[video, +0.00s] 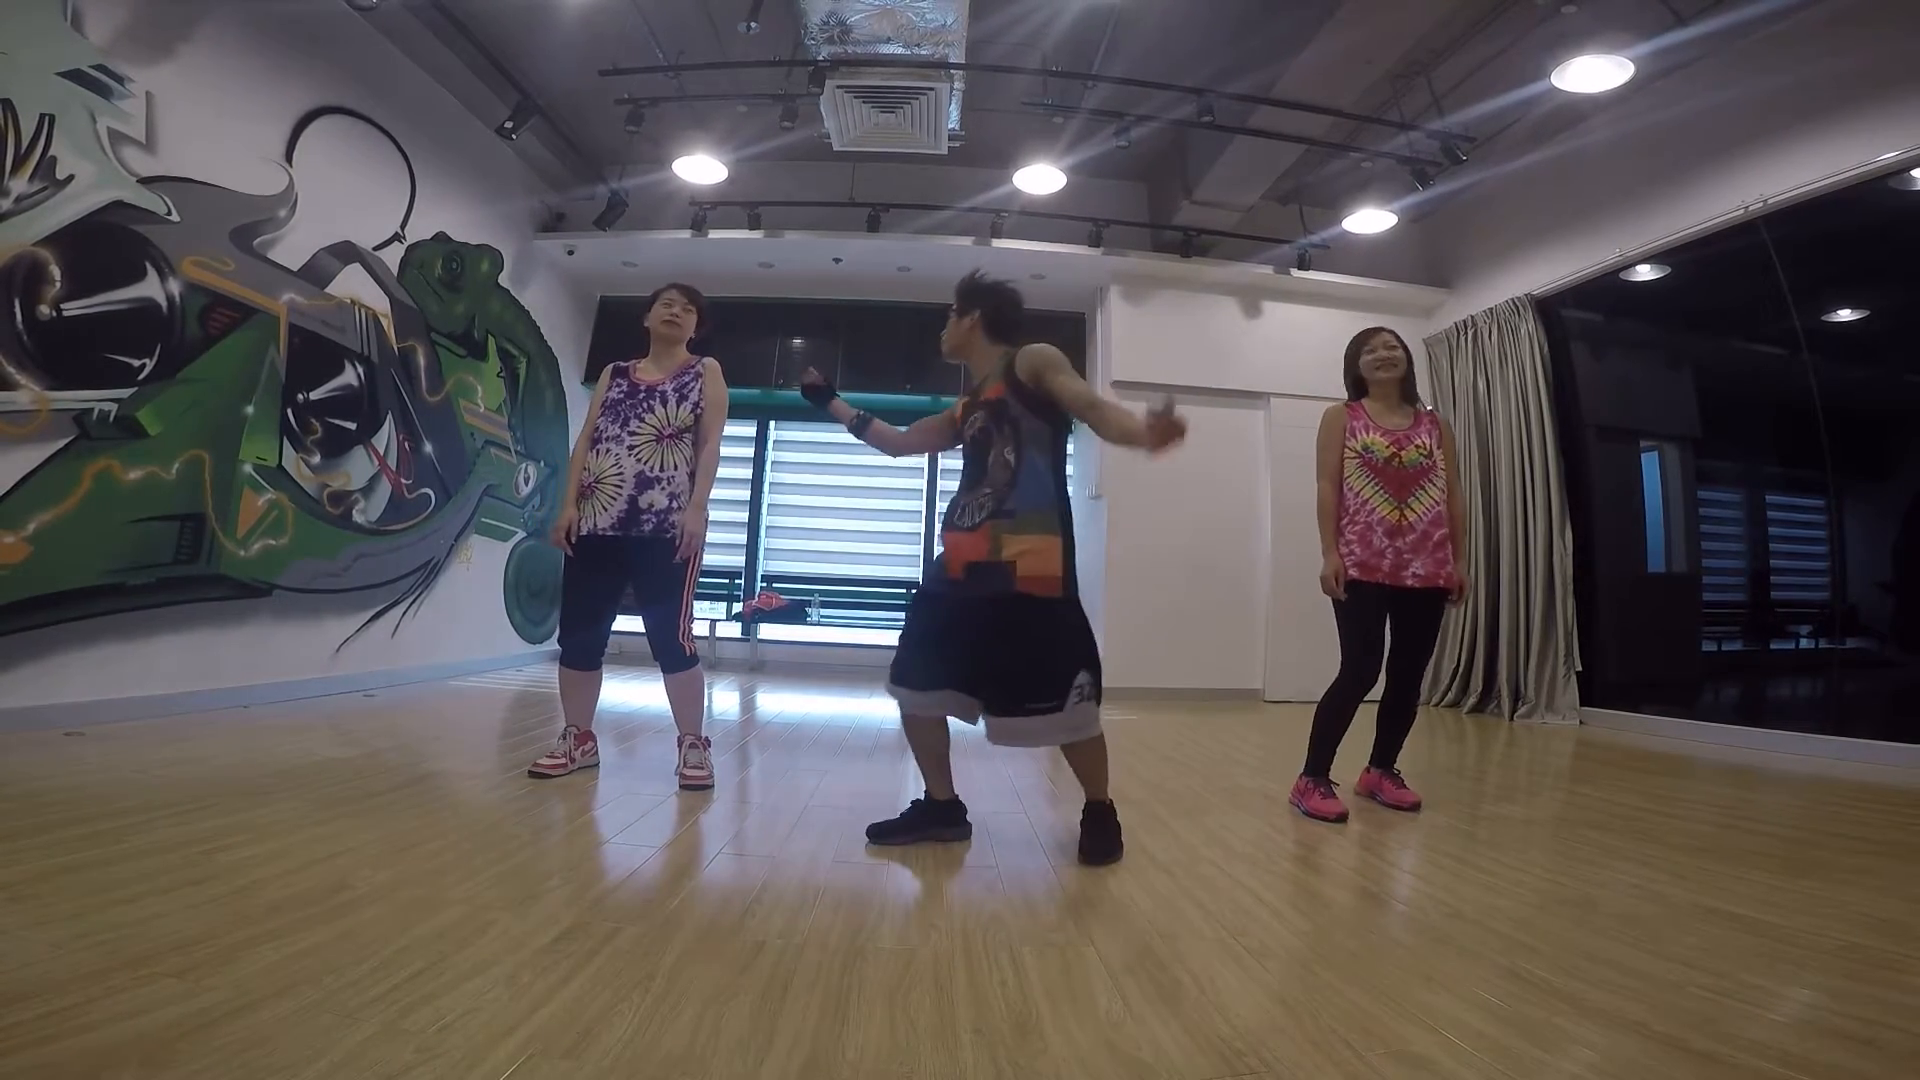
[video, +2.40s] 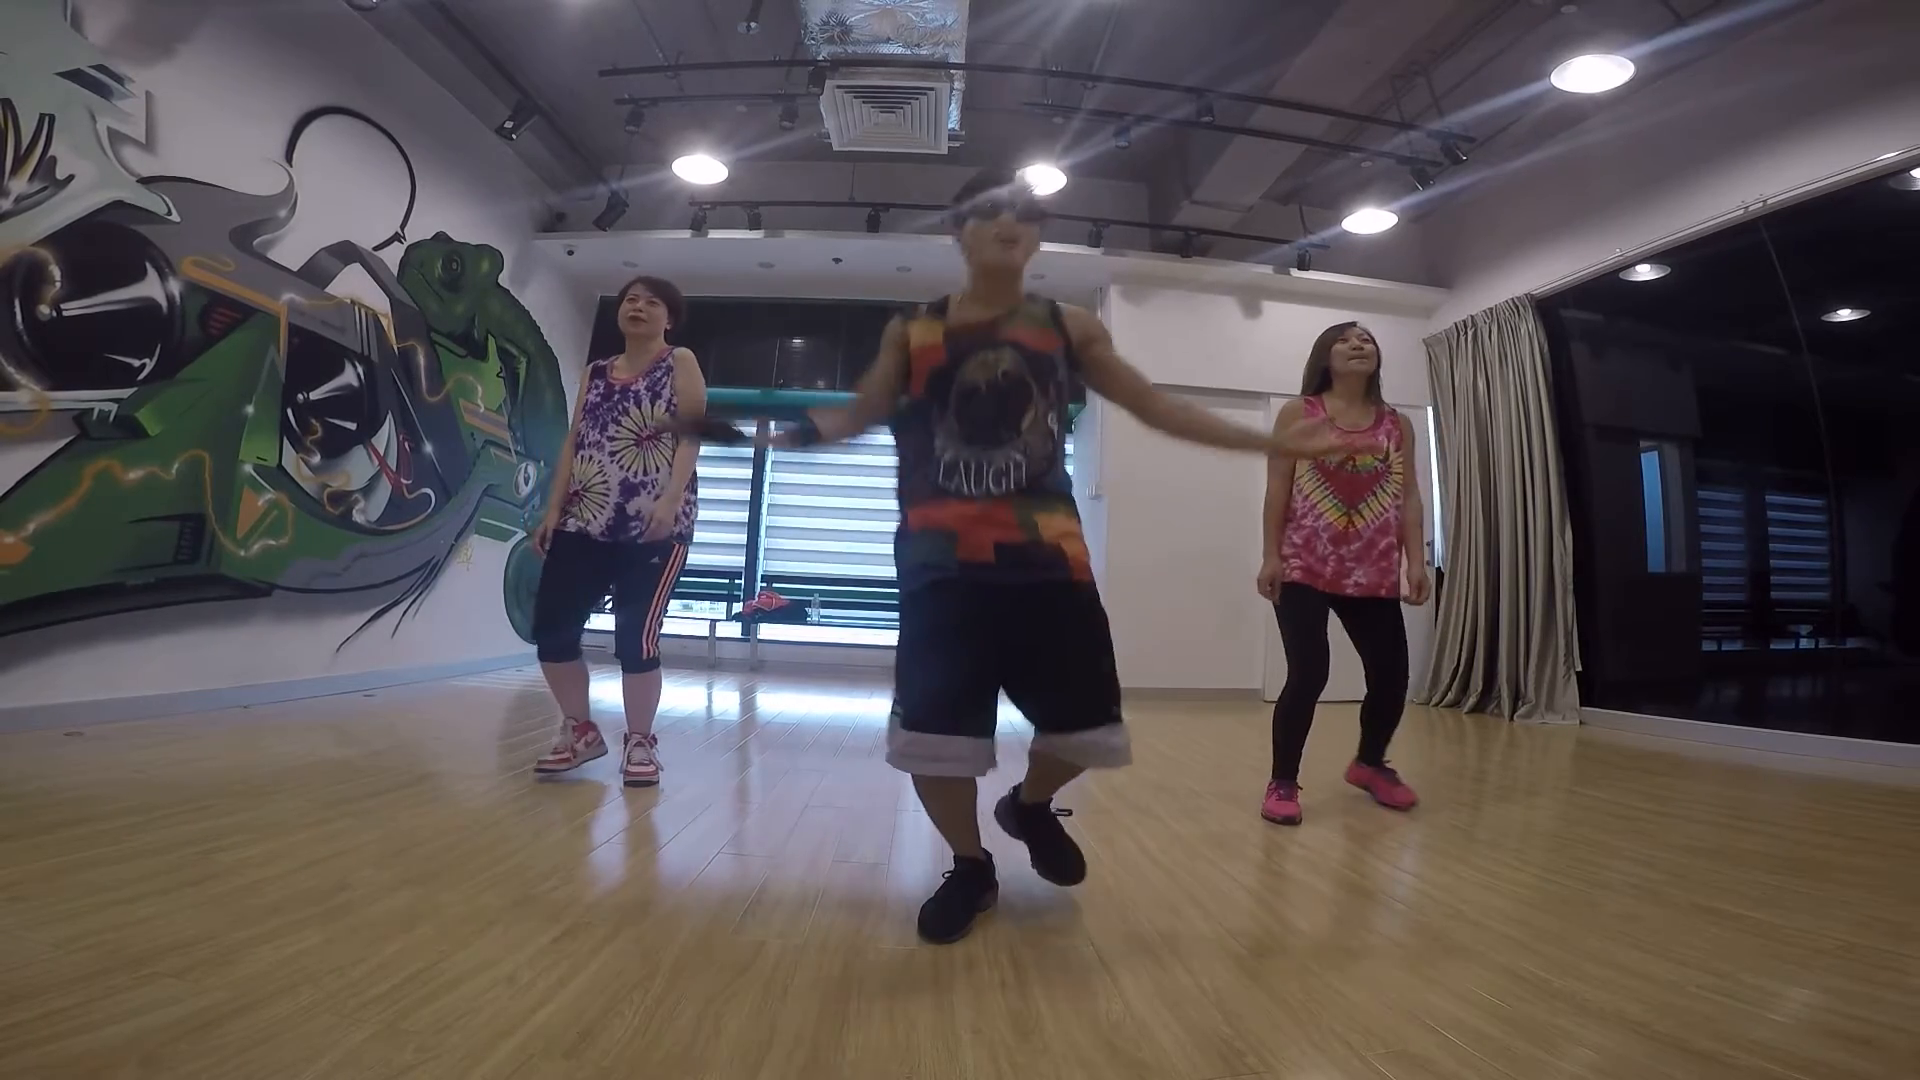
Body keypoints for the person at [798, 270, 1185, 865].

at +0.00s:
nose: (944, 328)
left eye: (952, 317)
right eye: (947, 317)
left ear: (977, 320)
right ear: (978, 324)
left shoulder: (1033, 361)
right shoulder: (970, 405)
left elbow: (1089, 405)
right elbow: (899, 440)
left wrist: (1143, 433)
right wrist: (829, 400)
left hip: (1036, 567)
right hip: (961, 567)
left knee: (1067, 700)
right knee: (917, 685)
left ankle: (1099, 811)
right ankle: (940, 805)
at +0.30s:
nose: (941, 322)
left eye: (955, 312)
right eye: (941, 315)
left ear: (991, 325)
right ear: (951, 335)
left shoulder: (1028, 367)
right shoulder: (959, 413)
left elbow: (1095, 413)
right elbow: (955, 484)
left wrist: (1153, 464)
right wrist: (896, 493)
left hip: (1026, 567)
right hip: (953, 569)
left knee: (1062, 700)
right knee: (902, 688)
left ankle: (1098, 810)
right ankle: (939, 805)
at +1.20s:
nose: (1020, 279)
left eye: (1034, 271)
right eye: (1006, 268)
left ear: (1051, 292)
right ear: (982, 287)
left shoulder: (1074, 374)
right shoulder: (944, 372)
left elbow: (1087, 465)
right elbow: (900, 449)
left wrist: (1078, 538)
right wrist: (901, 475)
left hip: (1043, 563)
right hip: (964, 564)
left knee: (1045, 703)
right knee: (956, 707)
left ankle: (1015, 829)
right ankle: (958, 809)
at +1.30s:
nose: (1049, 305)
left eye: (1063, 298)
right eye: (1033, 294)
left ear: (1078, 322)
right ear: (1007, 312)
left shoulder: (1086, 412)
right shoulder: (955, 391)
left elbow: (1080, 502)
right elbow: (896, 471)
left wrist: (1061, 572)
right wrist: (930, 520)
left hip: (1043, 587)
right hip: (964, 585)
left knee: (1048, 722)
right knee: (963, 728)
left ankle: (1016, 832)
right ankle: (958, 812)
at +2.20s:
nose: (963, 269)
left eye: (979, 261)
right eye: (946, 260)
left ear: (1000, 285)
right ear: (922, 288)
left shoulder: (1051, 345)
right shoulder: (923, 402)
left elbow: (1115, 453)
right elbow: (923, 515)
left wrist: (1162, 552)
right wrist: (918, 561)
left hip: (1069, 583)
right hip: (971, 586)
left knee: (1070, 741)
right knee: (947, 739)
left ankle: (1019, 826)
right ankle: (973, 865)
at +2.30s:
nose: (984, 251)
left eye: (999, 240)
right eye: (966, 238)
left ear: (1018, 259)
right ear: (939, 259)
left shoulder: (1059, 337)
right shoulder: (913, 368)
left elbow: (1130, 432)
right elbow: (896, 469)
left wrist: (1218, 491)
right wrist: (860, 503)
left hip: (1054, 570)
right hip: (956, 570)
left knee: (1073, 742)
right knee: (937, 744)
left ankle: (1025, 813)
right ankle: (972, 866)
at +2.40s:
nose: (1012, 229)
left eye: (1025, 219)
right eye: (993, 217)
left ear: (1038, 241)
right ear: (959, 236)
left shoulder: (1069, 328)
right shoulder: (913, 334)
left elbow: (1158, 406)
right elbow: (858, 413)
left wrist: (1273, 442)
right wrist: (810, 431)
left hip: (1047, 561)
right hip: (942, 565)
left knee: (1086, 732)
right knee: (930, 744)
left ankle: (1028, 807)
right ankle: (970, 866)